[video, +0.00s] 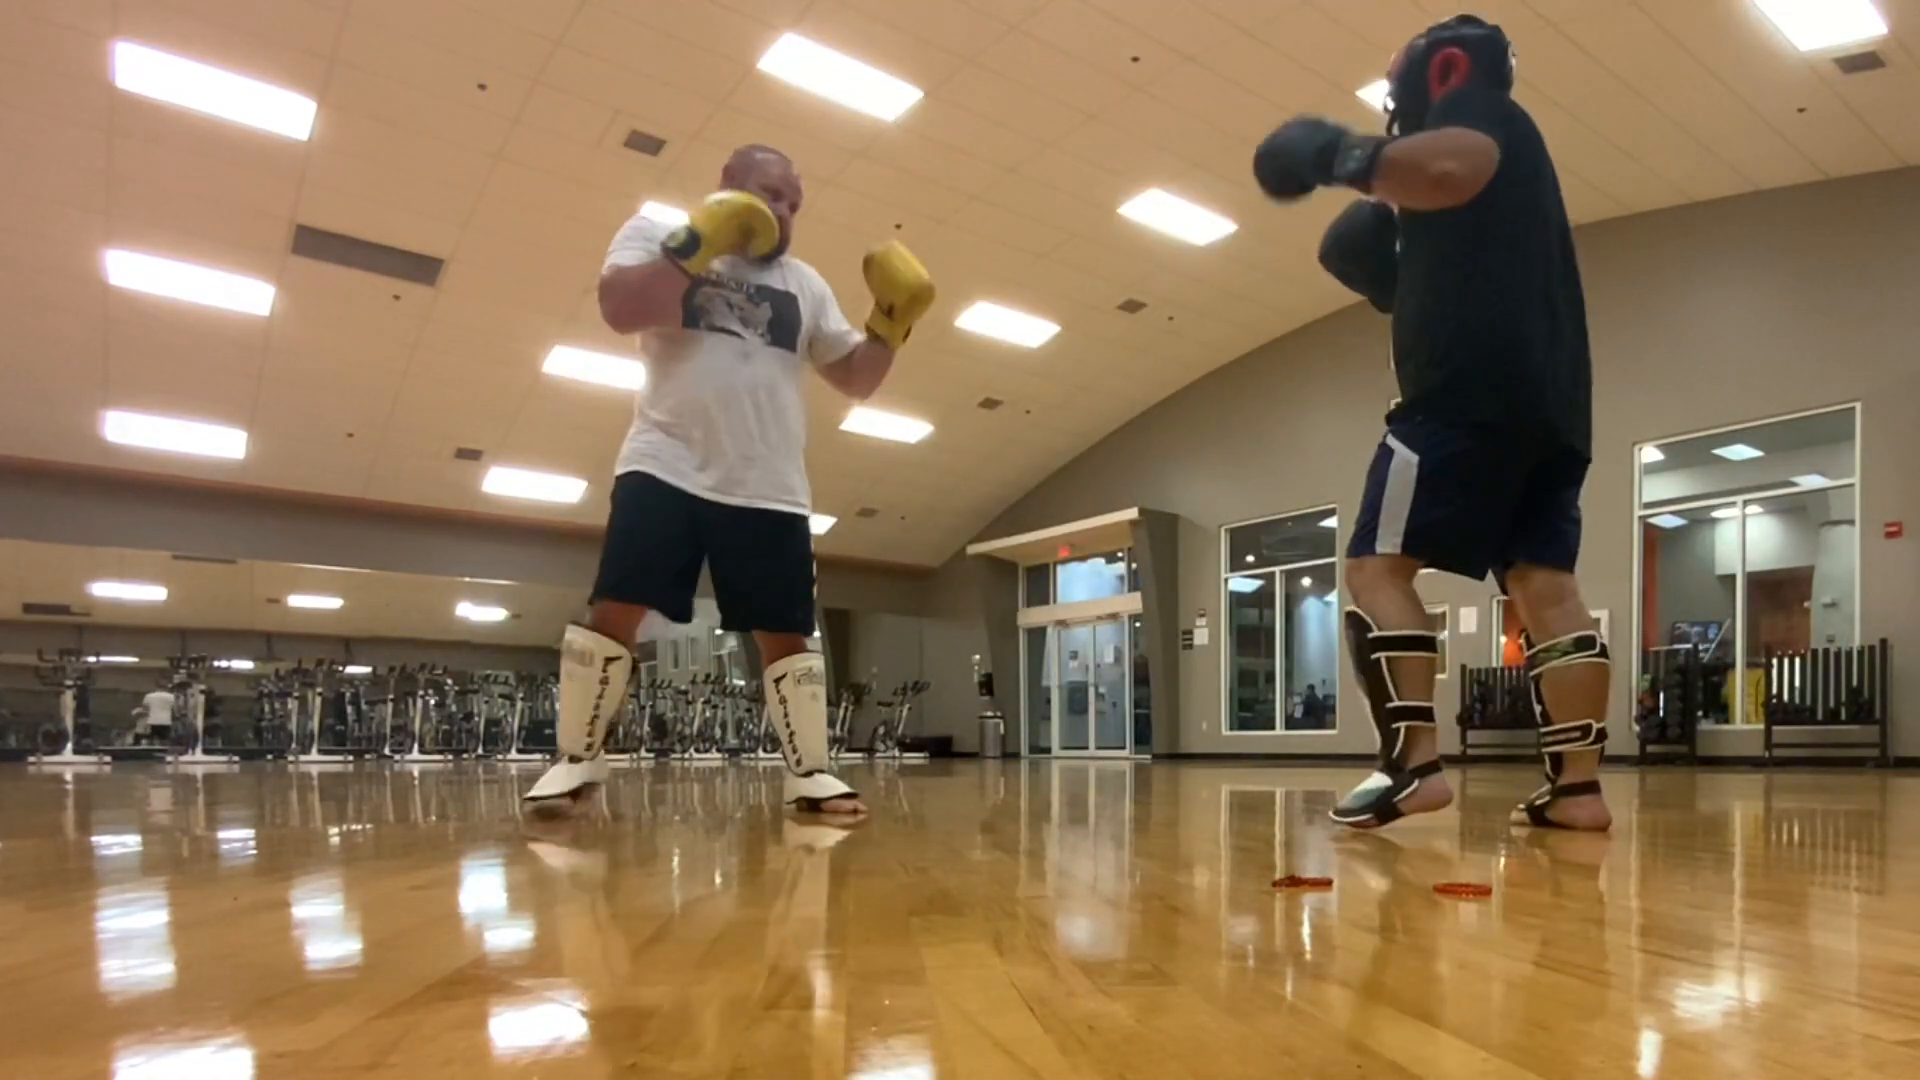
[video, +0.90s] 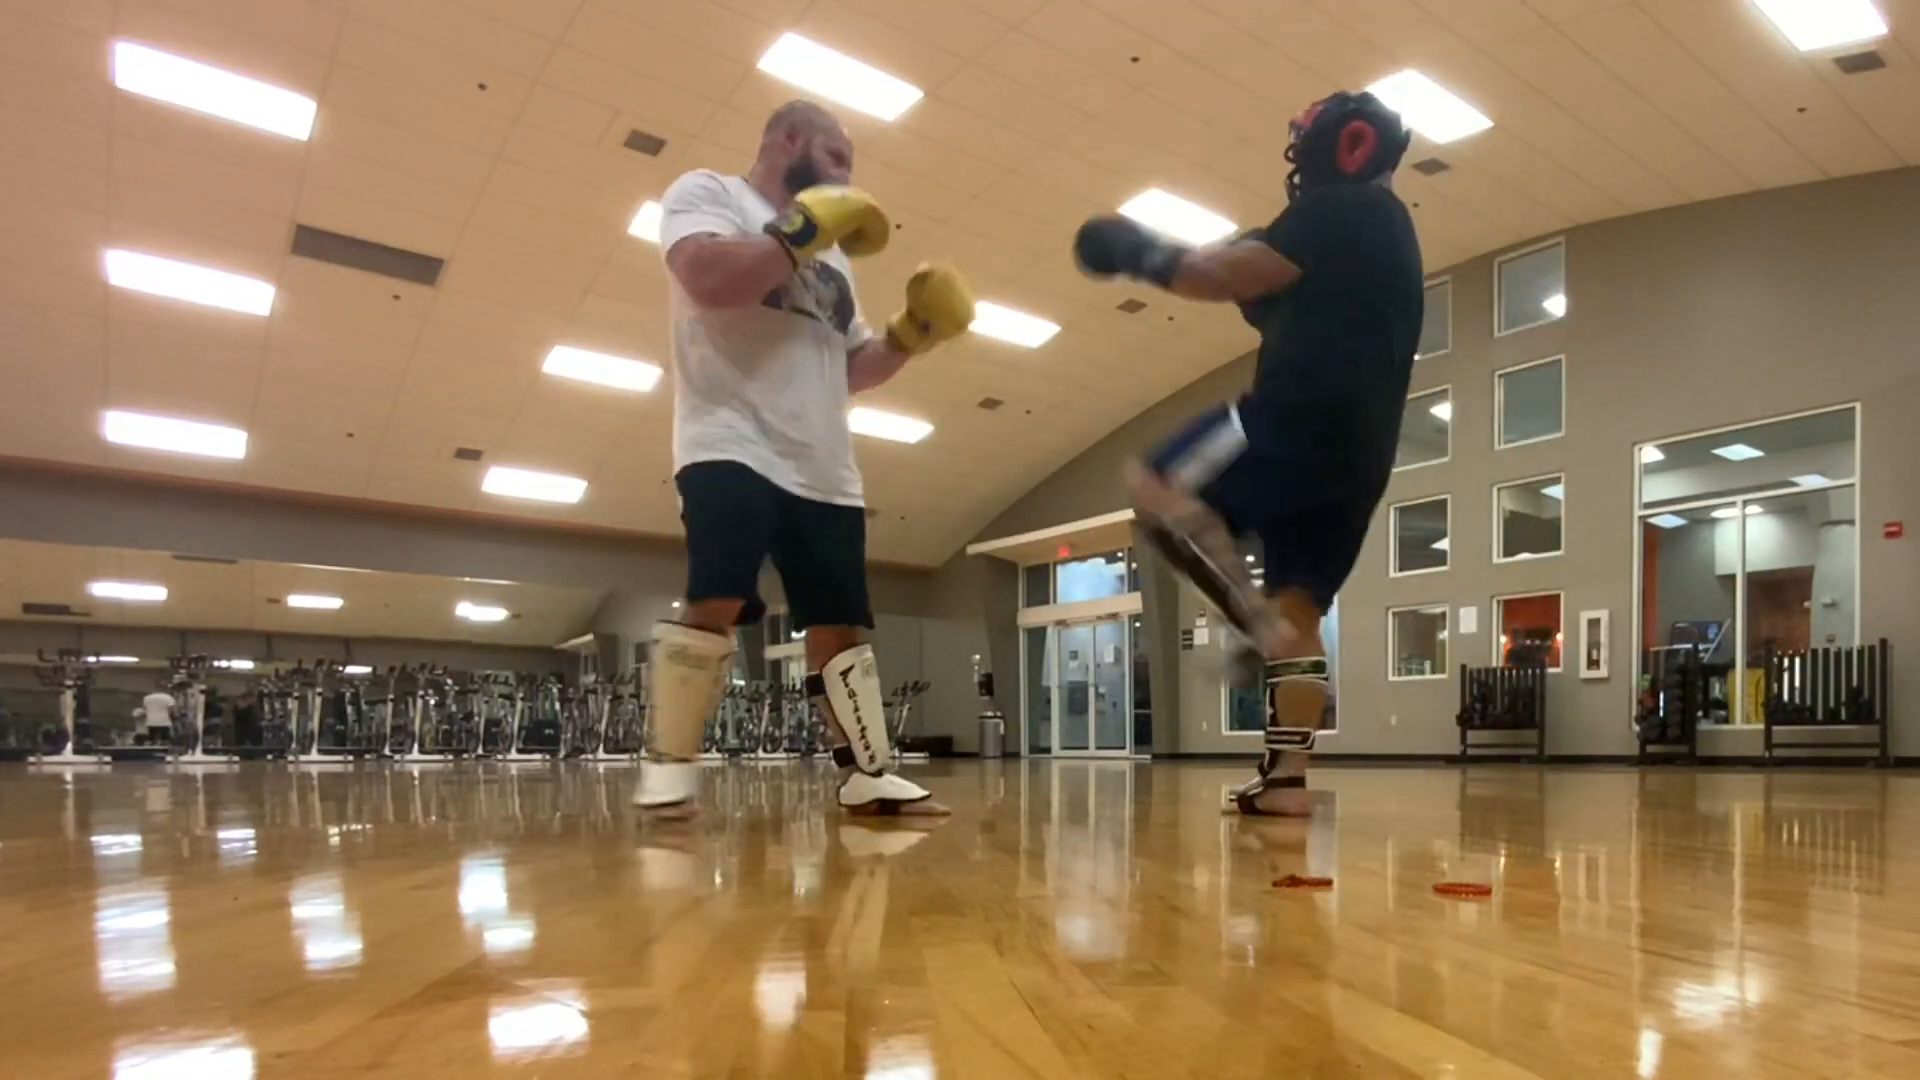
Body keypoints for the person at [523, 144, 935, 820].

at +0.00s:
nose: (783, 212)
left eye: (794, 203)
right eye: (771, 196)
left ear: (799, 211)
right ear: (728, 188)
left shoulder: (805, 283)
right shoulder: (662, 234)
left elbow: (855, 378)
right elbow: (620, 308)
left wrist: (890, 327)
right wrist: (700, 247)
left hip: (768, 475)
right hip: (667, 457)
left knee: (785, 626)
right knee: (618, 605)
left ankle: (810, 773)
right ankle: (577, 760)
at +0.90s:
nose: (845, 175)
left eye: (850, 167)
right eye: (837, 156)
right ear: (785, 138)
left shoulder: (832, 270)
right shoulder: (708, 192)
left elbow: (847, 374)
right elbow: (706, 278)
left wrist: (903, 340)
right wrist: (806, 230)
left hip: (823, 452)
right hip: (731, 431)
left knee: (839, 607)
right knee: (721, 590)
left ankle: (869, 773)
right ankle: (669, 773)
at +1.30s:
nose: (821, 161)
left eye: (825, 149)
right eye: (812, 145)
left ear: (778, 137)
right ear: (762, 131)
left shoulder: (835, 226)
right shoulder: (696, 203)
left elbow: (905, 299)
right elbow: (747, 259)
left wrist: (973, 331)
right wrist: (824, 189)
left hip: (858, 431)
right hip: (765, 448)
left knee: (1030, 433)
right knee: (757, 606)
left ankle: (990, 590)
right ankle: (707, 786)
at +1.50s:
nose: (861, 163)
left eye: (865, 150)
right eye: (848, 147)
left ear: (863, 153)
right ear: (797, 143)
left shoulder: (878, 234)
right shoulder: (737, 229)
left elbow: (915, 319)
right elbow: (729, 306)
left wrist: (987, 341)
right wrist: (805, 234)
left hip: (915, 452)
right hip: (808, 456)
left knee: (991, 593)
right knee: (778, 609)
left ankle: (1033, 747)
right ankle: (706, 781)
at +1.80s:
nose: (950, 195)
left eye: (952, 186)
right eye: (940, 180)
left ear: (911, 172)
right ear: (894, 163)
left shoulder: (962, 249)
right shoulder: (827, 236)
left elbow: (1058, 257)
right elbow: (838, 314)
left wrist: (1146, 247)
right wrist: (913, 244)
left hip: (952, 466)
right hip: (857, 459)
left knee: (987, 613)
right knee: (832, 603)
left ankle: (1016, 773)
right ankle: (770, 766)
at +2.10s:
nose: (936, 208)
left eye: (941, 196)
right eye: (928, 189)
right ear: (881, 170)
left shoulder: (929, 288)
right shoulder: (807, 236)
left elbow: (955, 383)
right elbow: (809, 325)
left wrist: (1000, 380)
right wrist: (898, 266)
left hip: (935, 476)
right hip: (840, 470)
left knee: (993, 609)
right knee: (825, 621)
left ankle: (1032, 759)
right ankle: (781, 784)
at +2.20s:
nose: (937, 209)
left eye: (942, 198)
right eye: (930, 190)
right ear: (884, 167)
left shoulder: (927, 291)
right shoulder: (810, 230)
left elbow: (939, 380)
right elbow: (821, 316)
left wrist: (993, 372)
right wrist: (907, 261)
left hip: (934, 472)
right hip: (841, 470)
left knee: (999, 603)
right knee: (823, 623)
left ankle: (1033, 750)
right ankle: (783, 782)